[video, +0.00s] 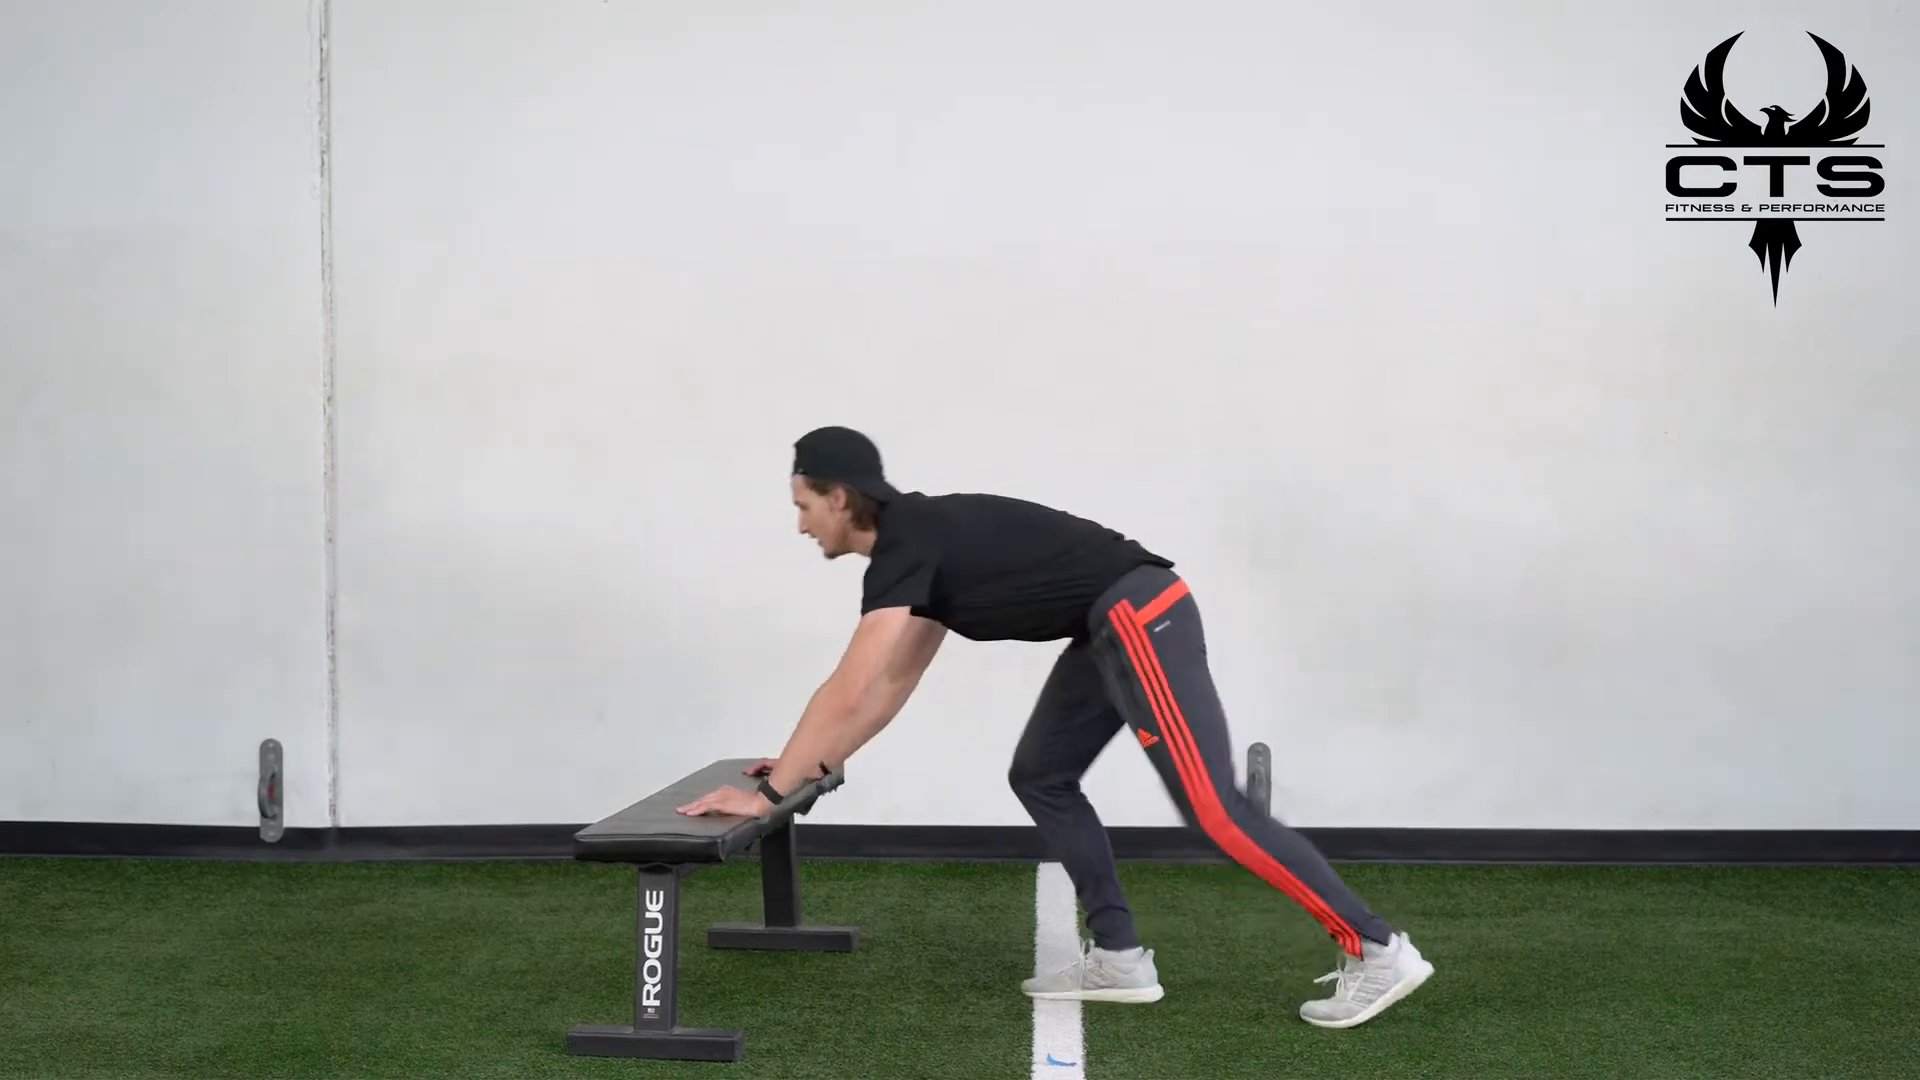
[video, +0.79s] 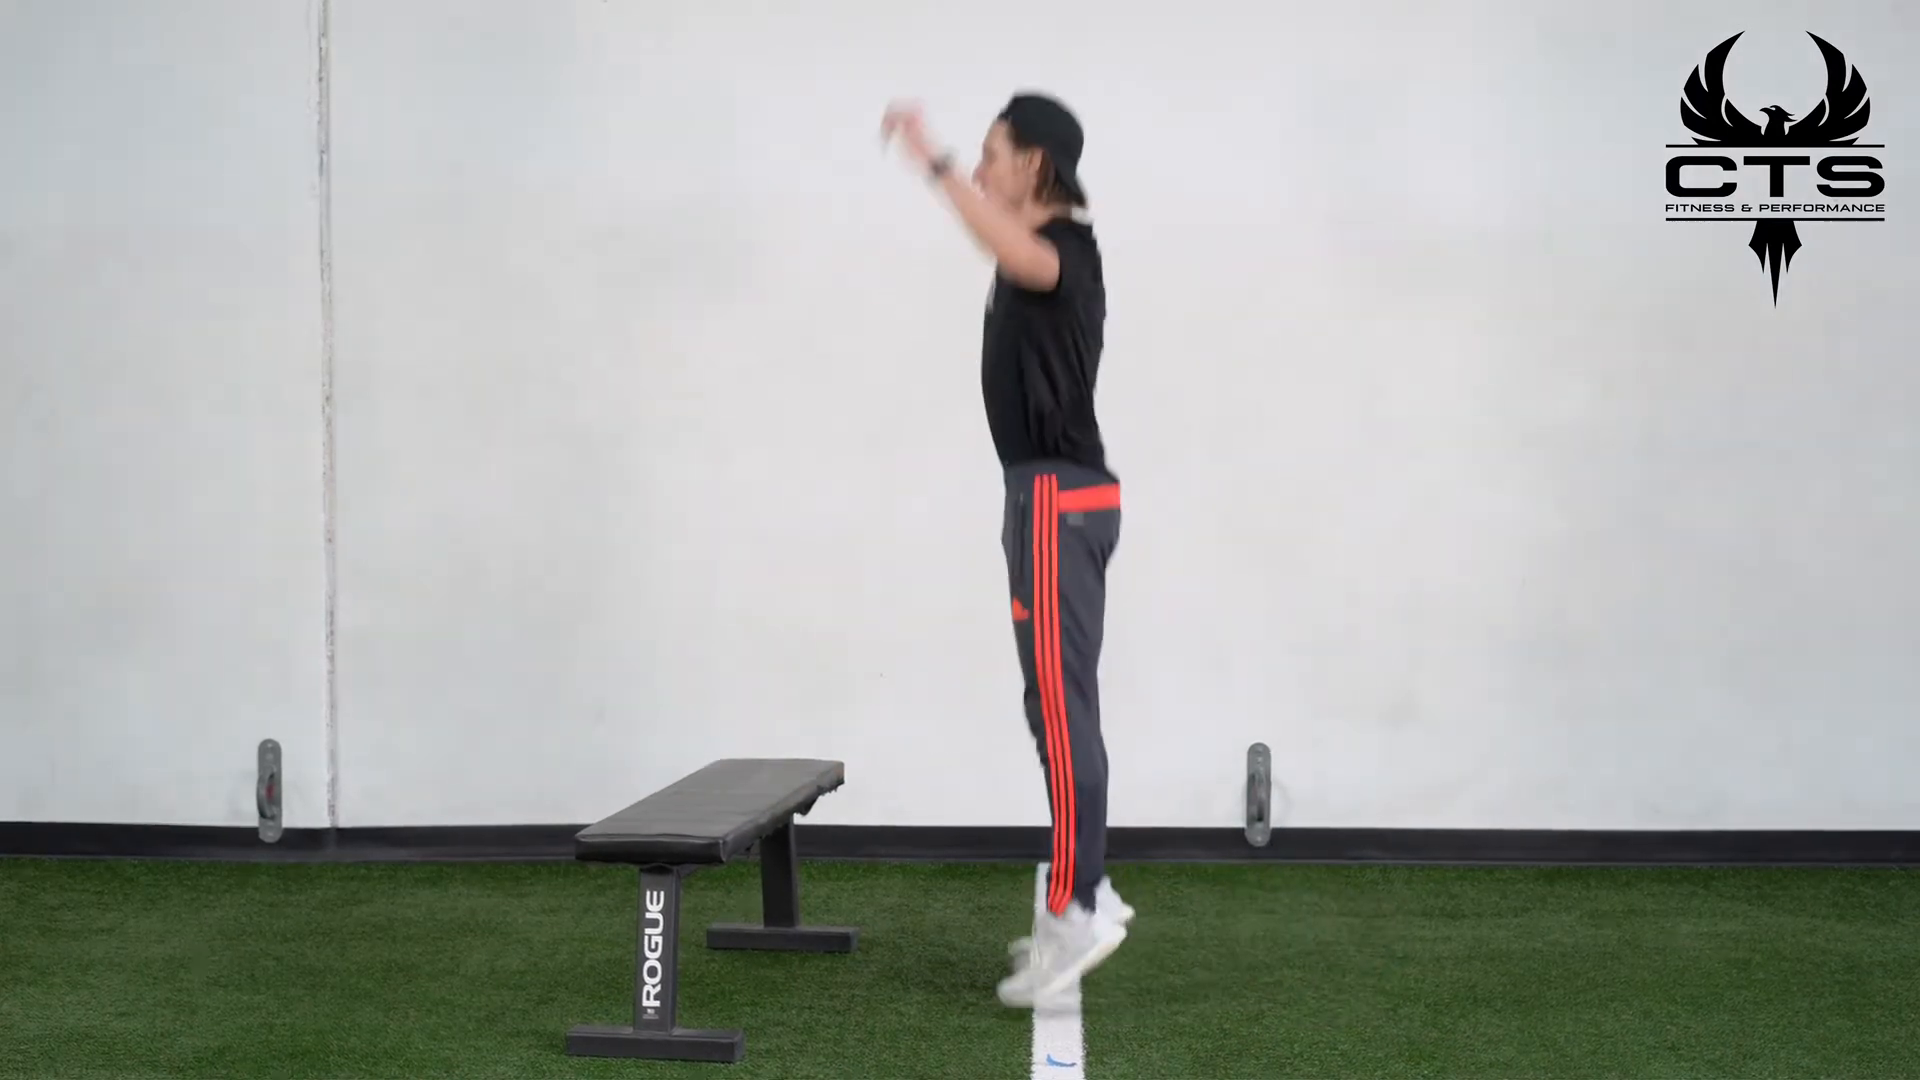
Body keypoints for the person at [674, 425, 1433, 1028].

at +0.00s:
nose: (799, 518)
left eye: (804, 502)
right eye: (797, 503)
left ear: (847, 498)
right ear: (855, 494)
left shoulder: (905, 549)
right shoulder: (925, 547)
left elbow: (850, 695)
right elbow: (888, 692)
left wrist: (767, 794)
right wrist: (810, 769)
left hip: (1139, 612)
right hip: (1105, 628)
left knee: (1215, 810)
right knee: (1042, 777)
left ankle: (1379, 949)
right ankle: (1119, 958)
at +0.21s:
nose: (842, 442)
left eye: (850, 425)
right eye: (843, 424)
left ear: (894, 426)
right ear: (895, 427)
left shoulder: (957, 493)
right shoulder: (964, 494)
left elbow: (889, 636)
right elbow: (916, 646)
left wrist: (803, 720)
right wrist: (829, 729)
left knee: (1101, 786)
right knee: (1062, 769)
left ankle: (1256, 920)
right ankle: (1120, 955)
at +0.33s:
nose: (857, 380)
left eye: (866, 365)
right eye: (859, 364)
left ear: (911, 370)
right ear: (917, 370)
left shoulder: (968, 440)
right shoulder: (967, 436)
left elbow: (971, 598)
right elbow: (971, 596)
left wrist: (908, 689)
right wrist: (909, 687)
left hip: (1159, 569)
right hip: (1149, 569)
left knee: (1083, 762)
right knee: (1083, 762)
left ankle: (1140, 958)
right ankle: (1128, 949)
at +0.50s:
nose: (897, 322)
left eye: (909, 309)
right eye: (902, 307)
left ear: (951, 322)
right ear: (955, 322)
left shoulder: (1000, 402)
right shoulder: (996, 400)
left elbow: (1013, 553)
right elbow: (1022, 565)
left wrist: (962, 667)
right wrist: (973, 670)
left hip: (1137, 591)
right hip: (1126, 589)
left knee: (1043, 780)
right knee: (1044, 777)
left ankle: (1119, 968)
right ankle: (1116, 960)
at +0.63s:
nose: (948, 288)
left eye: (961, 274)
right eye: (952, 273)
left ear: (1004, 282)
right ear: (1003, 285)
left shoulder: (1040, 366)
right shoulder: (1024, 372)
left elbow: (1010, 461)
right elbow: (1018, 485)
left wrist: (896, 485)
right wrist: (936, 478)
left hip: (1100, 604)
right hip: (1083, 602)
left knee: (1007, 796)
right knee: (1010, 792)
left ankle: (1113, 967)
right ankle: (1108, 957)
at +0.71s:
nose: (972, 232)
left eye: (982, 218)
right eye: (975, 217)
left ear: (1023, 227)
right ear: (1028, 229)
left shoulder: (1058, 314)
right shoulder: (1040, 314)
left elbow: (1026, 355)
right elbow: (1020, 372)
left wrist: (907, 311)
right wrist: (964, 327)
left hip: (1073, 563)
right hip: (1064, 558)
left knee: (1030, 762)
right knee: (1040, 759)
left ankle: (1108, 955)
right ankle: (1106, 946)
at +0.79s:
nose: (978, 170)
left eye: (991, 154)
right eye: (981, 156)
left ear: (1033, 162)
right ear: (1040, 165)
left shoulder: (1064, 244)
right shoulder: (1052, 241)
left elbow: (1016, 251)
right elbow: (998, 231)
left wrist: (943, 171)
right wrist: (943, 171)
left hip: (1060, 500)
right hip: (1050, 498)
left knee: (1059, 705)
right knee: (1059, 704)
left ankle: (1077, 908)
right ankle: (1079, 900)